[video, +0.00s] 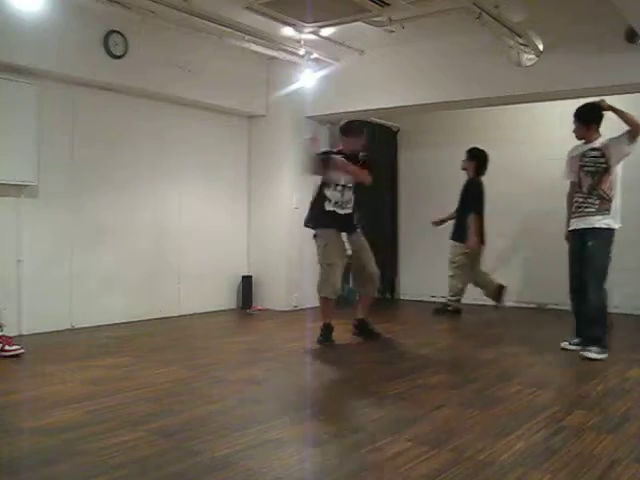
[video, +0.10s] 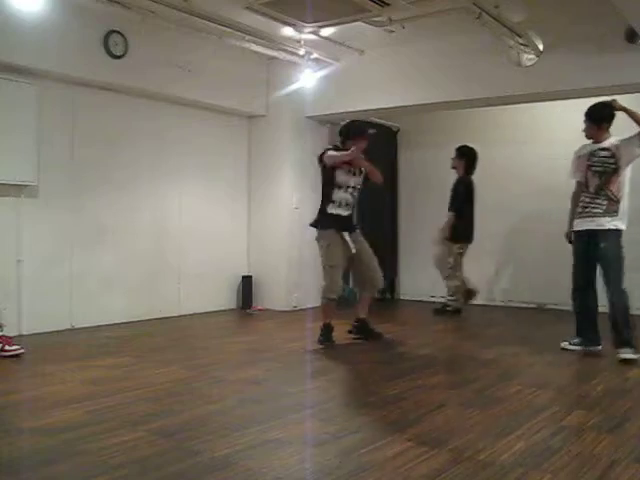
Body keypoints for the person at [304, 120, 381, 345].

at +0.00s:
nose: (362, 146)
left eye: (362, 141)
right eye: (359, 141)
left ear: (360, 141)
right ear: (347, 139)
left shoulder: (360, 161)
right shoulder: (328, 157)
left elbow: (367, 179)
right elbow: (315, 168)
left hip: (349, 222)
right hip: (325, 221)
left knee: (369, 271)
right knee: (332, 269)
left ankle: (361, 321)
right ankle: (326, 326)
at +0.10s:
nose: (364, 146)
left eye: (365, 142)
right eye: (361, 141)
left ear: (364, 144)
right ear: (350, 141)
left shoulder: (361, 163)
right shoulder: (330, 154)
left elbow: (379, 179)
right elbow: (329, 159)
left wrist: (360, 161)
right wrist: (352, 153)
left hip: (351, 228)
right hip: (329, 227)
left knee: (372, 277)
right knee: (333, 281)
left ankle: (361, 322)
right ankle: (326, 328)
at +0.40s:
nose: (354, 137)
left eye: (355, 132)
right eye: (350, 132)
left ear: (353, 133)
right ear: (339, 133)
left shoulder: (355, 157)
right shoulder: (324, 149)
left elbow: (373, 186)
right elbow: (308, 169)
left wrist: (361, 179)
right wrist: (339, 174)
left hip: (350, 226)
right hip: (329, 226)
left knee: (354, 279)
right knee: (331, 278)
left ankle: (355, 324)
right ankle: (308, 325)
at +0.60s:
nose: (343, 132)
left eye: (343, 128)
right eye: (340, 129)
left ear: (338, 130)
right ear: (329, 130)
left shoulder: (348, 150)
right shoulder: (311, 145)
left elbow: (357, 176)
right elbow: (289, 164)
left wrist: (354, 177)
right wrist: (308, 171)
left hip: (343, 223)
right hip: (315, 223)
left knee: (351, 275)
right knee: (316, 276)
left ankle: (353, 325)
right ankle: (304, 327)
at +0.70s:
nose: (331, 135)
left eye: (333, 129)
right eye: (327, 131)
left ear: (335, 129)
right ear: (317, 131)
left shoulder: (345, 155)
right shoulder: (302, 150)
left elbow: (354, 182)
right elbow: (287, 174)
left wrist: (353, 206)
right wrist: (295, 198)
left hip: (336, 226)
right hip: (307, 227)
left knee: (349, 278)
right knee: (303, 276)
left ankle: (350, 325)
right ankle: (300, 326)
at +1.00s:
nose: (310, 150)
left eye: (314, 145)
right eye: (306, 145)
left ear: (320, 140)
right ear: (299, 140)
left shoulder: (329, 167)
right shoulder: (284, 162)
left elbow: (349, 189)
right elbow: (264, 183)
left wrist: (363, 209)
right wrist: (262, 200)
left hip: (320, 238)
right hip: (289, 237)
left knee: (335, 287)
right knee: (276, 285)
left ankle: (335, 327)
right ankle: (293, 328)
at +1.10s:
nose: (304, 146)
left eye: (308, 142)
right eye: (300, 142)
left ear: (315, 140)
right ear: (294, 139)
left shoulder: (324, 164)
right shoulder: (279, 158)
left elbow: (348, 182)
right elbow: (257, 168)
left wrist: (352, 191)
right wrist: (260, 179)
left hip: (317, 236)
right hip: (285, 236)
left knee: (335, 284)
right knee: (277, 286)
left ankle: (323, 326)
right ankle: (291, 327)